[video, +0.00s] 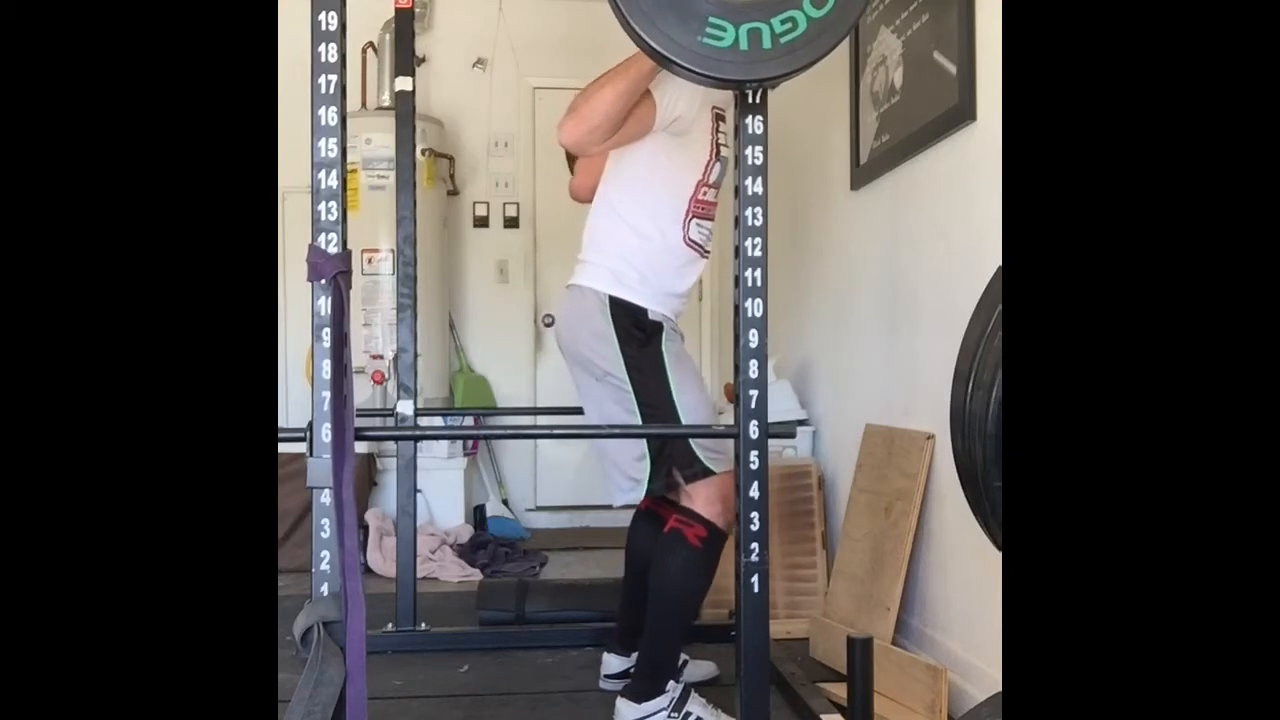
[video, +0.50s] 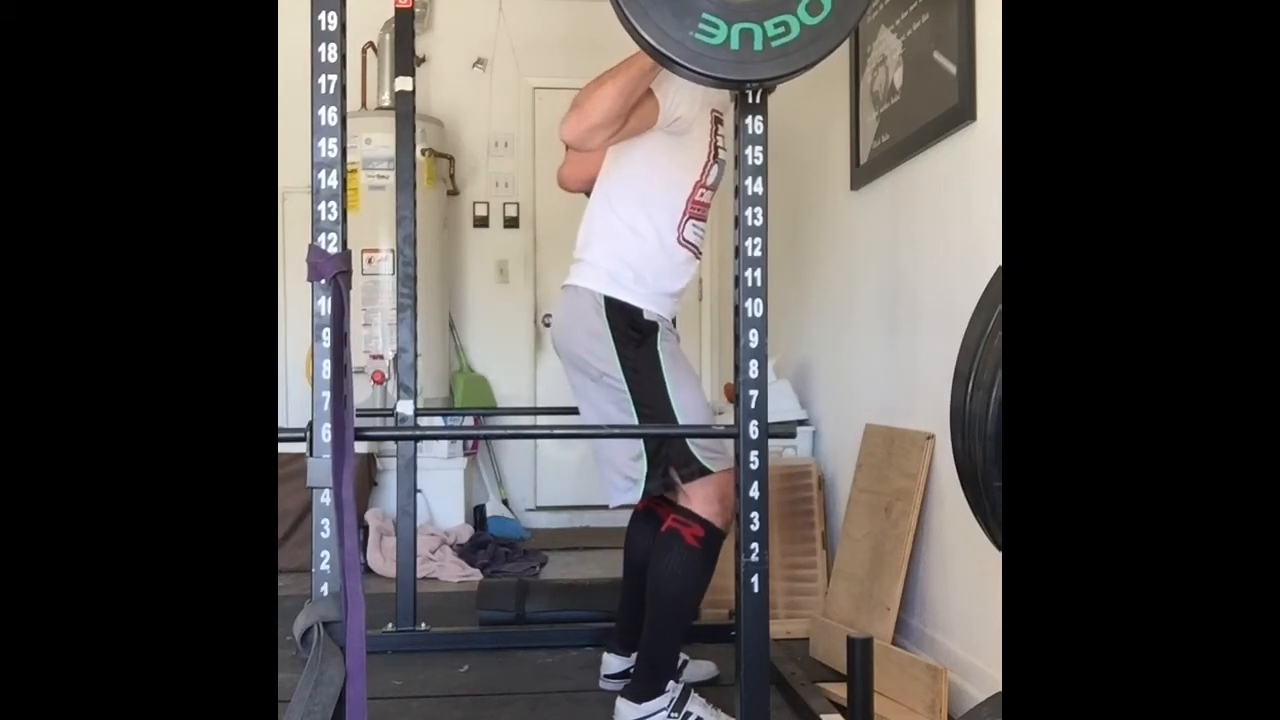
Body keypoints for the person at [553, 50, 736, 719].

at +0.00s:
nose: (768, 46)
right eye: (759, 33)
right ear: (729, 28)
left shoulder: (707, 101)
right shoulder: (685, 78)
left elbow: (584, 181)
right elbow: (575, 131)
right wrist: (657, 47)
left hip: (630, 309)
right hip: (618, 310)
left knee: (672, 488)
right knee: (711, 494)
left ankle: (629, 655)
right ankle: (651, 694)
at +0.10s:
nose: (762, 51)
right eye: (754, 37)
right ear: (724, 30)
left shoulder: (696, 104)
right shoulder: (685, 80)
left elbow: (580, 175)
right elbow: (574, 127)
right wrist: (655, 45)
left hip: (626, 309)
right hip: (620, 311)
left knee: (673, 491)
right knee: (712, 496)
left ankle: (628, 655)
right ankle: (651, 694)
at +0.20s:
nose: (766, 50)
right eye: (759, 36)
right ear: (729, 30)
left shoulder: (700, 99)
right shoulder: (687, 77)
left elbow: (572, 163)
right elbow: (571, 122)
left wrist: (660, 190)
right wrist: (655, 42)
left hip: (626, 309)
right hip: (621, 312)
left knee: (672, 493)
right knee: (712, 498)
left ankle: (628, 655)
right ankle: (650, 695)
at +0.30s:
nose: (764, 59)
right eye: (757, 43)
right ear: (728, 34)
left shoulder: (693, 104)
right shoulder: (686, 81)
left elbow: (573, 167)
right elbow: (569, 119)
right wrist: (650, 45)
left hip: (623, 309)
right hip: (617, 311)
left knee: (670, 490)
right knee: (711, 494)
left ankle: (628, 654)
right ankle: (650, 694)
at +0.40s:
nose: (759, 45)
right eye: (751, 31)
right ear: (719, 24)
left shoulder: (695, 101)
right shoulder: (682, 76)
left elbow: (573, 171)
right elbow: (571, 124)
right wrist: (654, 45)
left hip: (629, 312)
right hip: (614, 312)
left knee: (671, 486)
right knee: (709, 492)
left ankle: (628, 654)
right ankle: (650, 694)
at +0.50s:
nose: (759, 42)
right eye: (750, 29)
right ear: (720, 24)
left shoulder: (695, 99)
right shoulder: (681, 76)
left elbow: (573, 173)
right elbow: (576, 129)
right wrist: (656, 46)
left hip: (626, 311)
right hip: (614, 312)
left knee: (670, 488)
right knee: (709, 492)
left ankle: (628, 655)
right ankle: (650, 694)